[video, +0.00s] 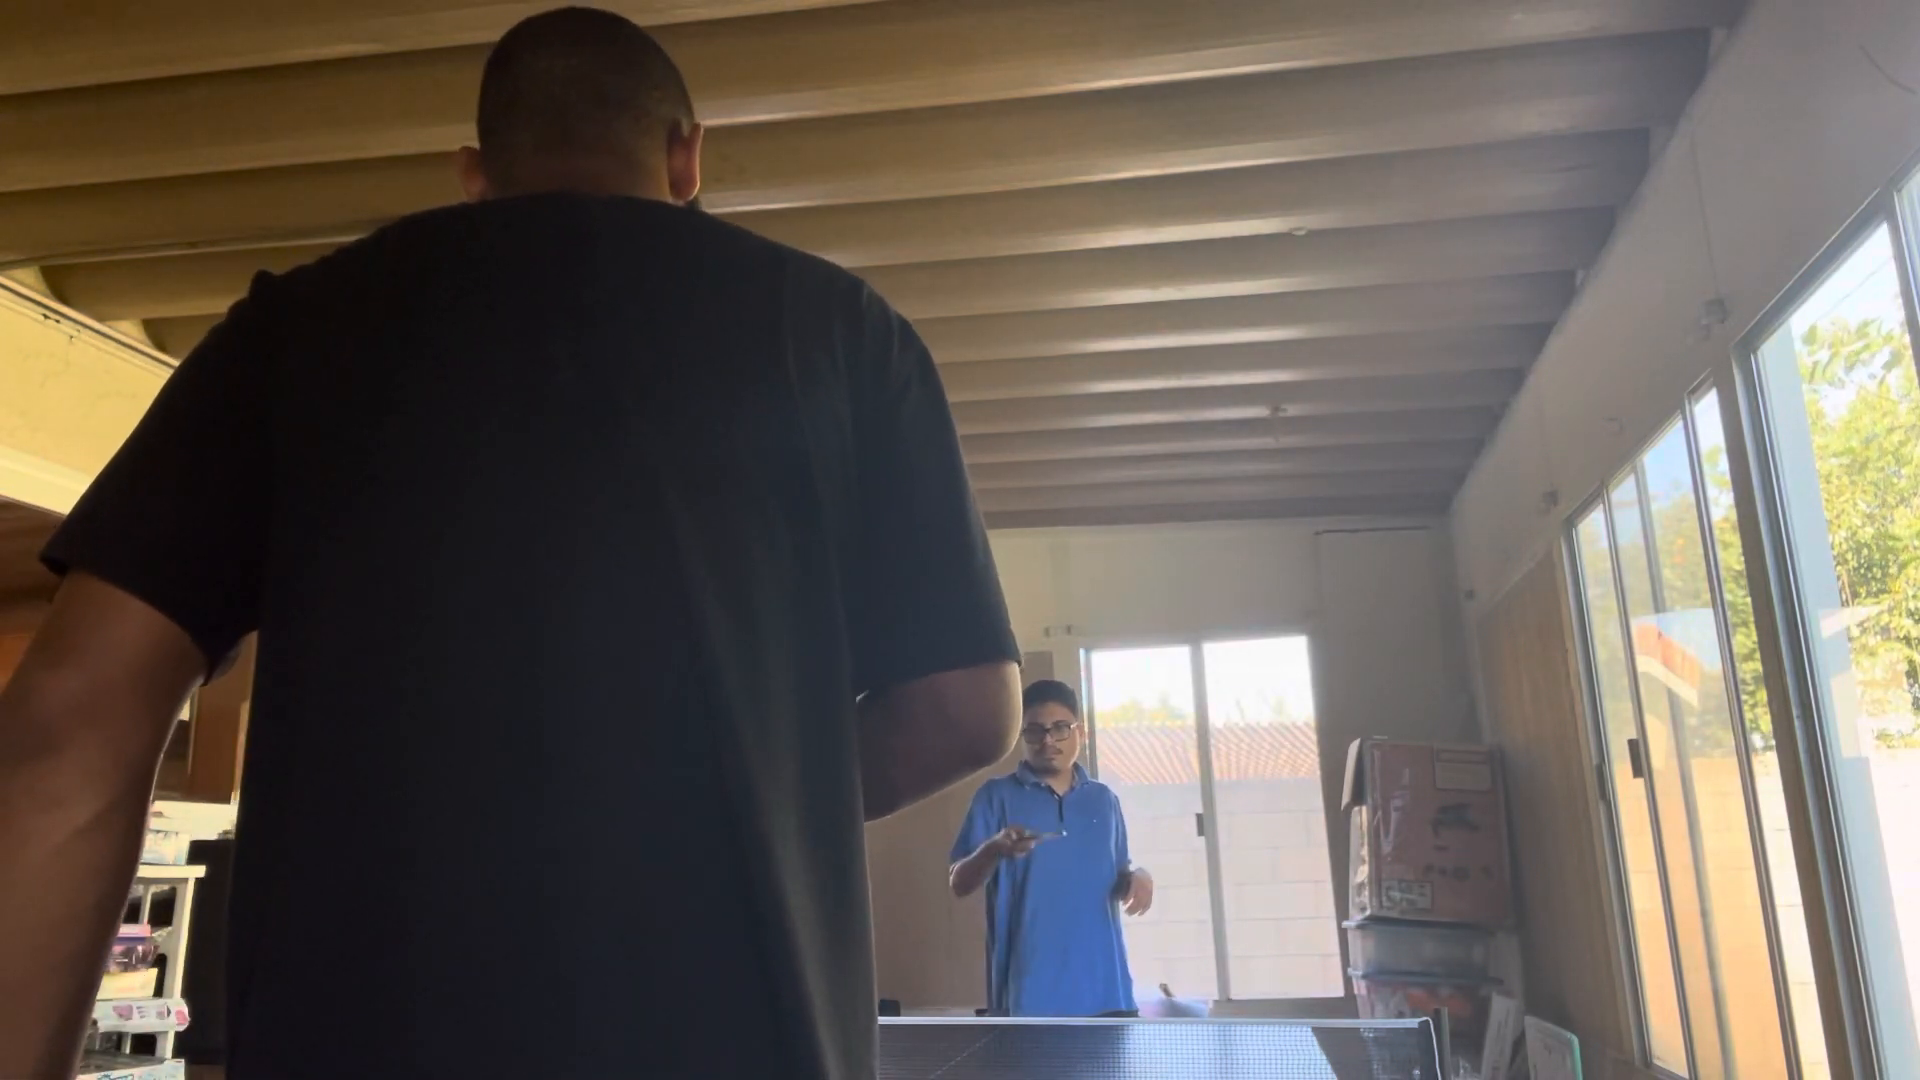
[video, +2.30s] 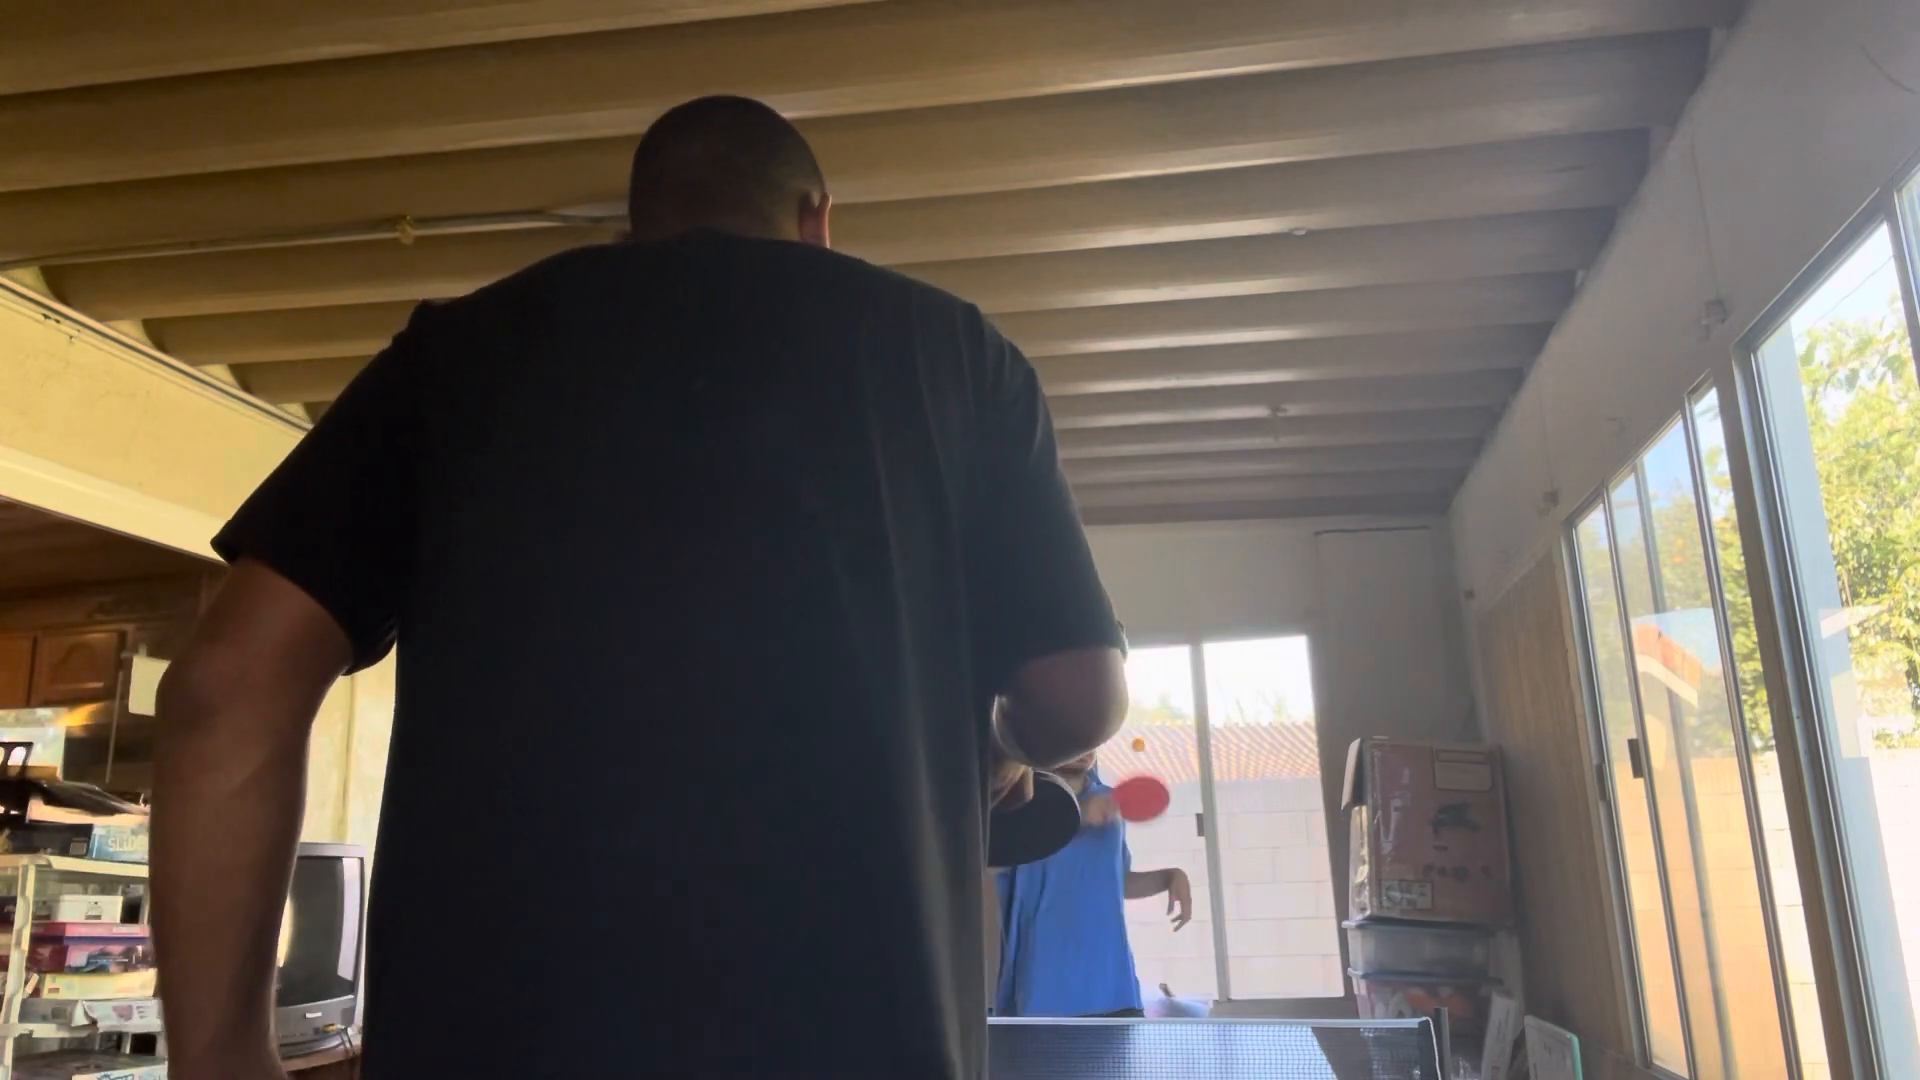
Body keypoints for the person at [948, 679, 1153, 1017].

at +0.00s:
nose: (1048, 741)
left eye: (1060, 728)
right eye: (1035, 731)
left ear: (1080, 733)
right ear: (1022, 737)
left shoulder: (1103, 800)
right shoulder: (996, 797)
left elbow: (1116, 883)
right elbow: (959, 884)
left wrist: (1139, 878)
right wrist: (994, 849)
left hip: (1104, 992)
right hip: (1029, 996)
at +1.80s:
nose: (1069, 746)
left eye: (1078, 737)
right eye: (1058, 736)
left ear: (1091, 742)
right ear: (1029, 736)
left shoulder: (1110, 800)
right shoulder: (1011, 796)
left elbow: (1124, 875)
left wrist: (1145, 878)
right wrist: (1036, 859)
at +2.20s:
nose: (1084, 755)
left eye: (1091, 744)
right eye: (1071, 744)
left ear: (1098, 746)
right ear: (1042, 746)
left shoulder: (1108, 801)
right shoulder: (1019, 799)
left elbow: (1114, 884)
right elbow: (985, 876)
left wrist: (1168, 878)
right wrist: (1071, 853)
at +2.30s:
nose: (1084, 746)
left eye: (1091, 736)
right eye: (1070, 736)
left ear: (1100, 739)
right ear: (1038, 737)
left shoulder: (1105, 801)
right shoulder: (1013, 800)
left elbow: (1118, 882)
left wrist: (1169, 876)